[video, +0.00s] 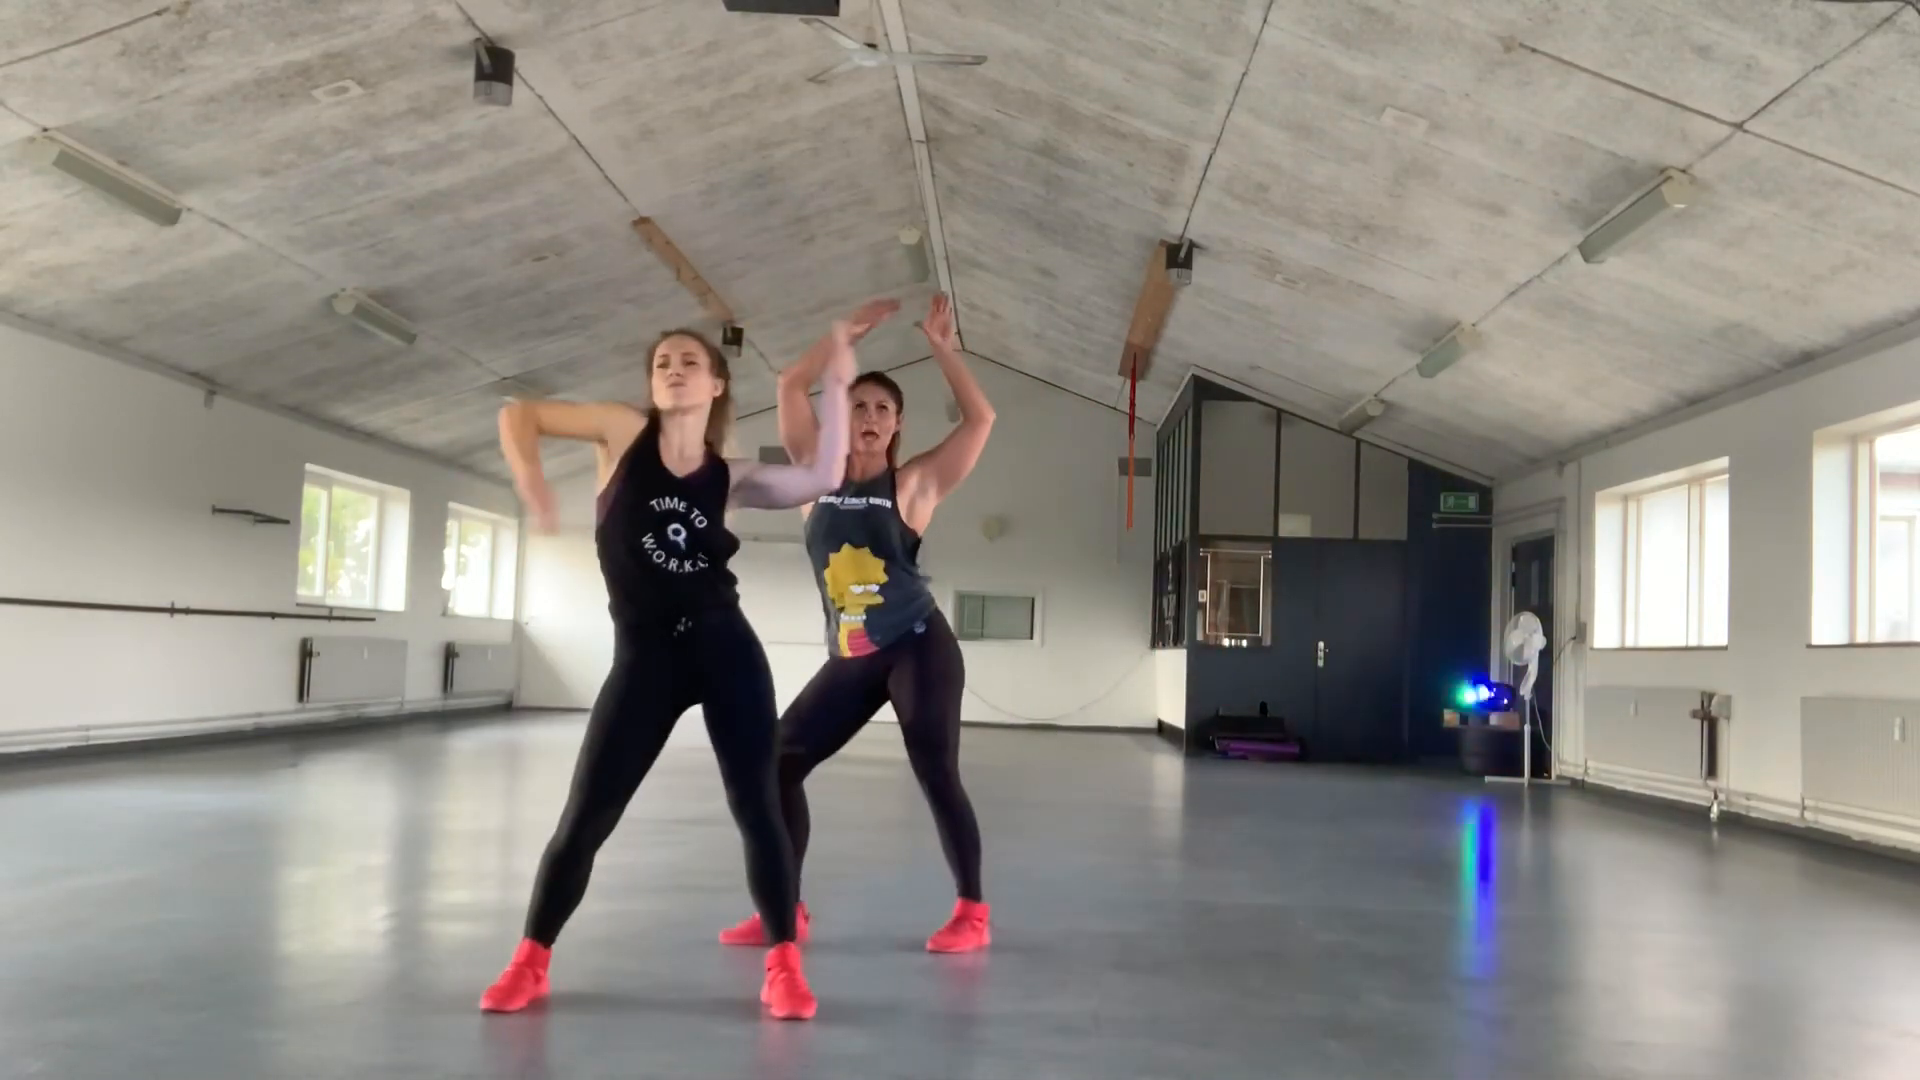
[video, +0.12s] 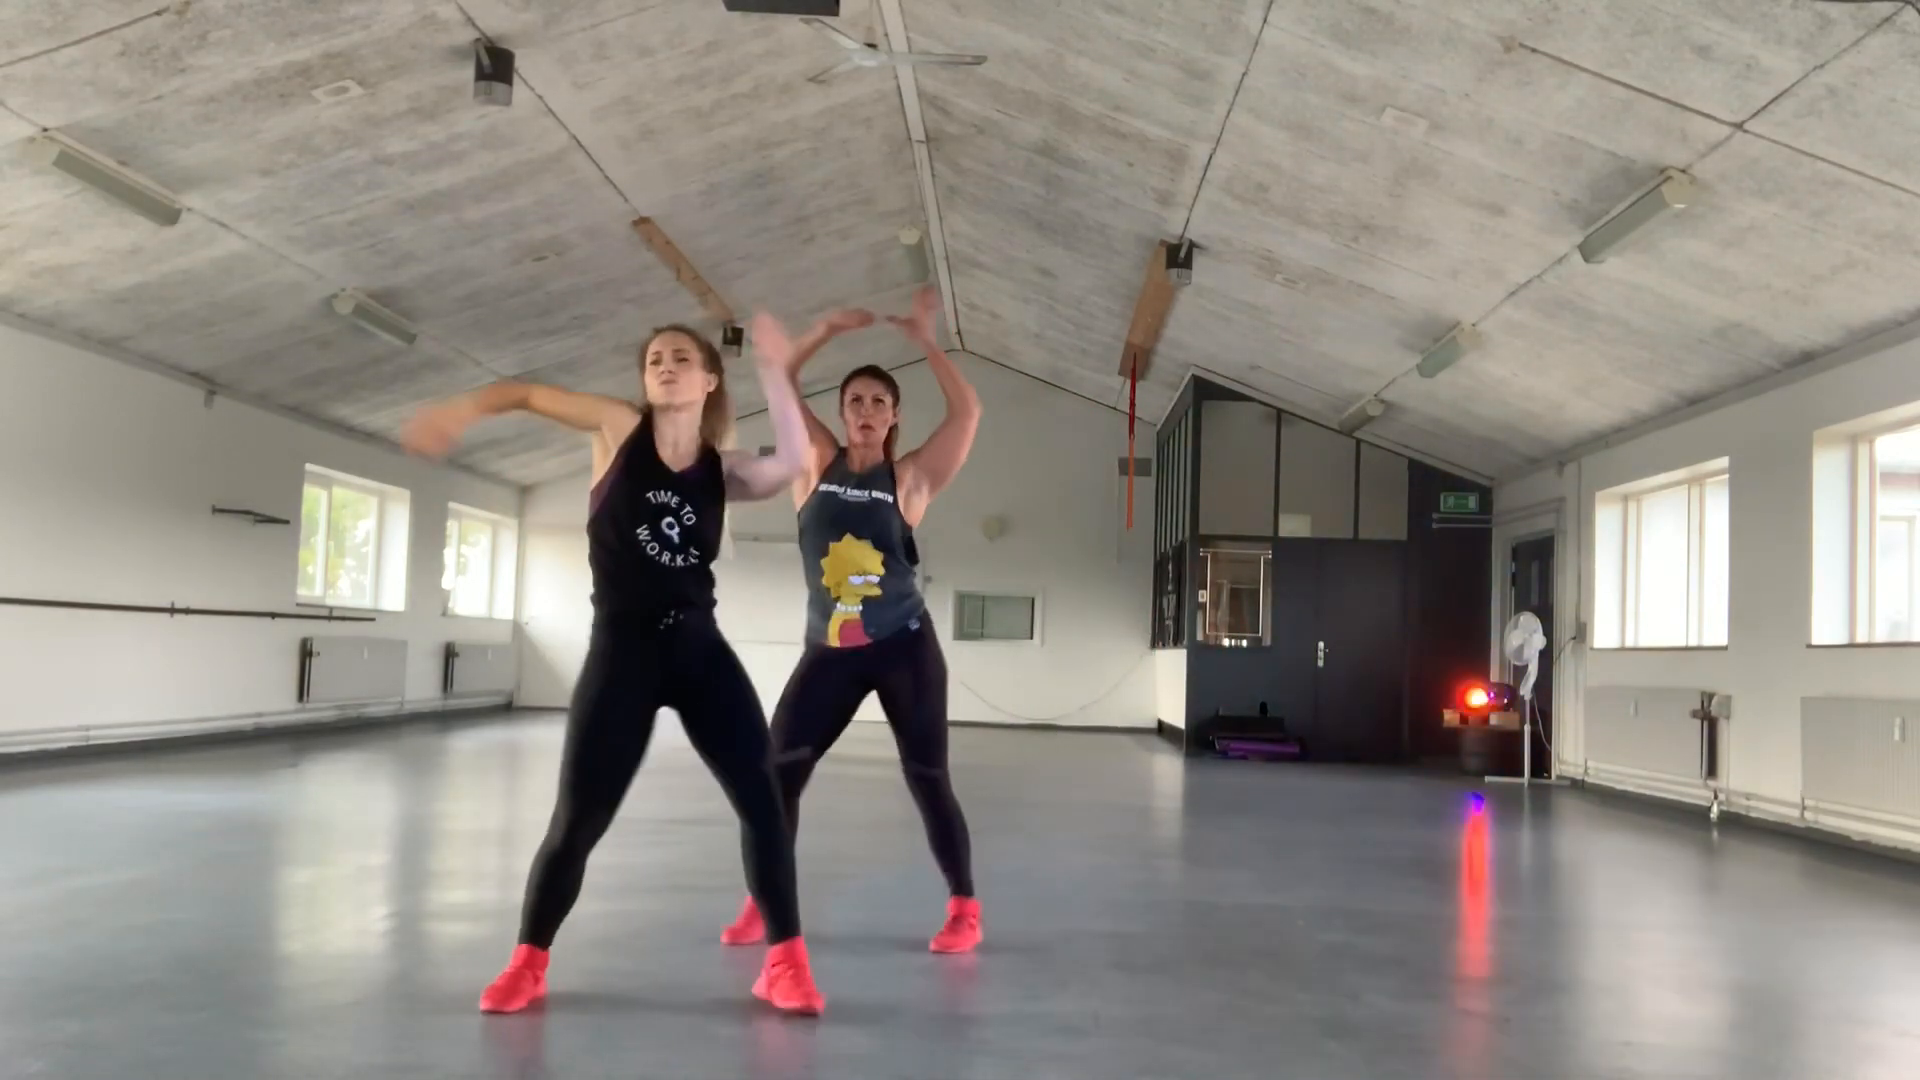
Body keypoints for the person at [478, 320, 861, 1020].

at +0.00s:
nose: (674, 371)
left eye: (690, 363)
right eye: (663, 364)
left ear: (719, 386)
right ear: (649, 385)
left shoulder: (729, 477)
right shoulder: (623, 429)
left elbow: (821, 476)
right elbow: (518, 414)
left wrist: (835, 380)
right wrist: (534, 487)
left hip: (728, 658)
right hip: (644, 663)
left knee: (756, 808)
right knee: (583, 822)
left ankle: (786, 962)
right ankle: (531, 959)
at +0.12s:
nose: (665, 368)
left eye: (682, 360)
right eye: (655, 361)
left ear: (711, 382)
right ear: (643, 380)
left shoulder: (723, 467)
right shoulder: (618, 424)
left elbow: (795, 465)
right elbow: (524, 394)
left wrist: (775, 369)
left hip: (698, 655)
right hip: (620, 656)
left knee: (762, 799)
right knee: (577, 823)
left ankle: (787, 955)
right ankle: (529, 959)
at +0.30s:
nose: (658, 367)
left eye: (675, 360)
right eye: (647, 358)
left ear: (700, 381)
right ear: (631, 378)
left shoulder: (723, 445)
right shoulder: (608, 450)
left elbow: (767, 350)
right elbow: (514, 400)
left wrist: (680, 312)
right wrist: (520, 310)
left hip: (662, 659)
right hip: (580, 645)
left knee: (728, 801)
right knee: (553, 801)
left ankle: (774, 965)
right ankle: (521, 959)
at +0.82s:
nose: (715, 371)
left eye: (728, 361)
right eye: (703, 360)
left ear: (748, 377)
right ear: (684, 375)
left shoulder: (762, 453)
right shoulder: (653, 442)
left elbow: (787, 433)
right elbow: (563, 387)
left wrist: (755, 347)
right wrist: (636, 333)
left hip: (762, 644)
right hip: (684, 652)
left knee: (781, 794)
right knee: (617, 805)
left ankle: (778, 957)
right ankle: (558, 961)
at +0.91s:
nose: (727, 358)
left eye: (741, 349)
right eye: (715, 346)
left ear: (761, 368)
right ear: (695, 362)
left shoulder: (778, 440)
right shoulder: (670, 440)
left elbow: (791, 471)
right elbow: (563, 435)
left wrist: (774, 368)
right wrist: (622, 374)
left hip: (768, 642)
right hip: (689, 646)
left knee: (780, 795)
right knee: (619, 799)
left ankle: (777, 958)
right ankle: (557, 956)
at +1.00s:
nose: (727, 345)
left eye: (742, 336)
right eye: (716, 334)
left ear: (768, 355)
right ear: (700, 351)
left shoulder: (787, 427)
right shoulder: (675, 428)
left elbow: (816, 503)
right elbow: (598, 500)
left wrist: (783, 412)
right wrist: (618, 455)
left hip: (767, 636)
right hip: (688, 634)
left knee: (763, 793)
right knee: (625, 789)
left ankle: (771, 953)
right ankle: (593, 945)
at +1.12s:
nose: (723, 342)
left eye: (737, 332)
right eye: (711, 333)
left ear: (763, 349)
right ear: (694, 353)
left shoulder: (794, 424)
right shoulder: (671, 429)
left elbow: (815, 527)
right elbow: (637, 526)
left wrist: (772, 482)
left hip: (765, 624)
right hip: (686, 623)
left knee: (733, 763)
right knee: (662, 783)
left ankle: (757, 912)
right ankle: (656, 943)